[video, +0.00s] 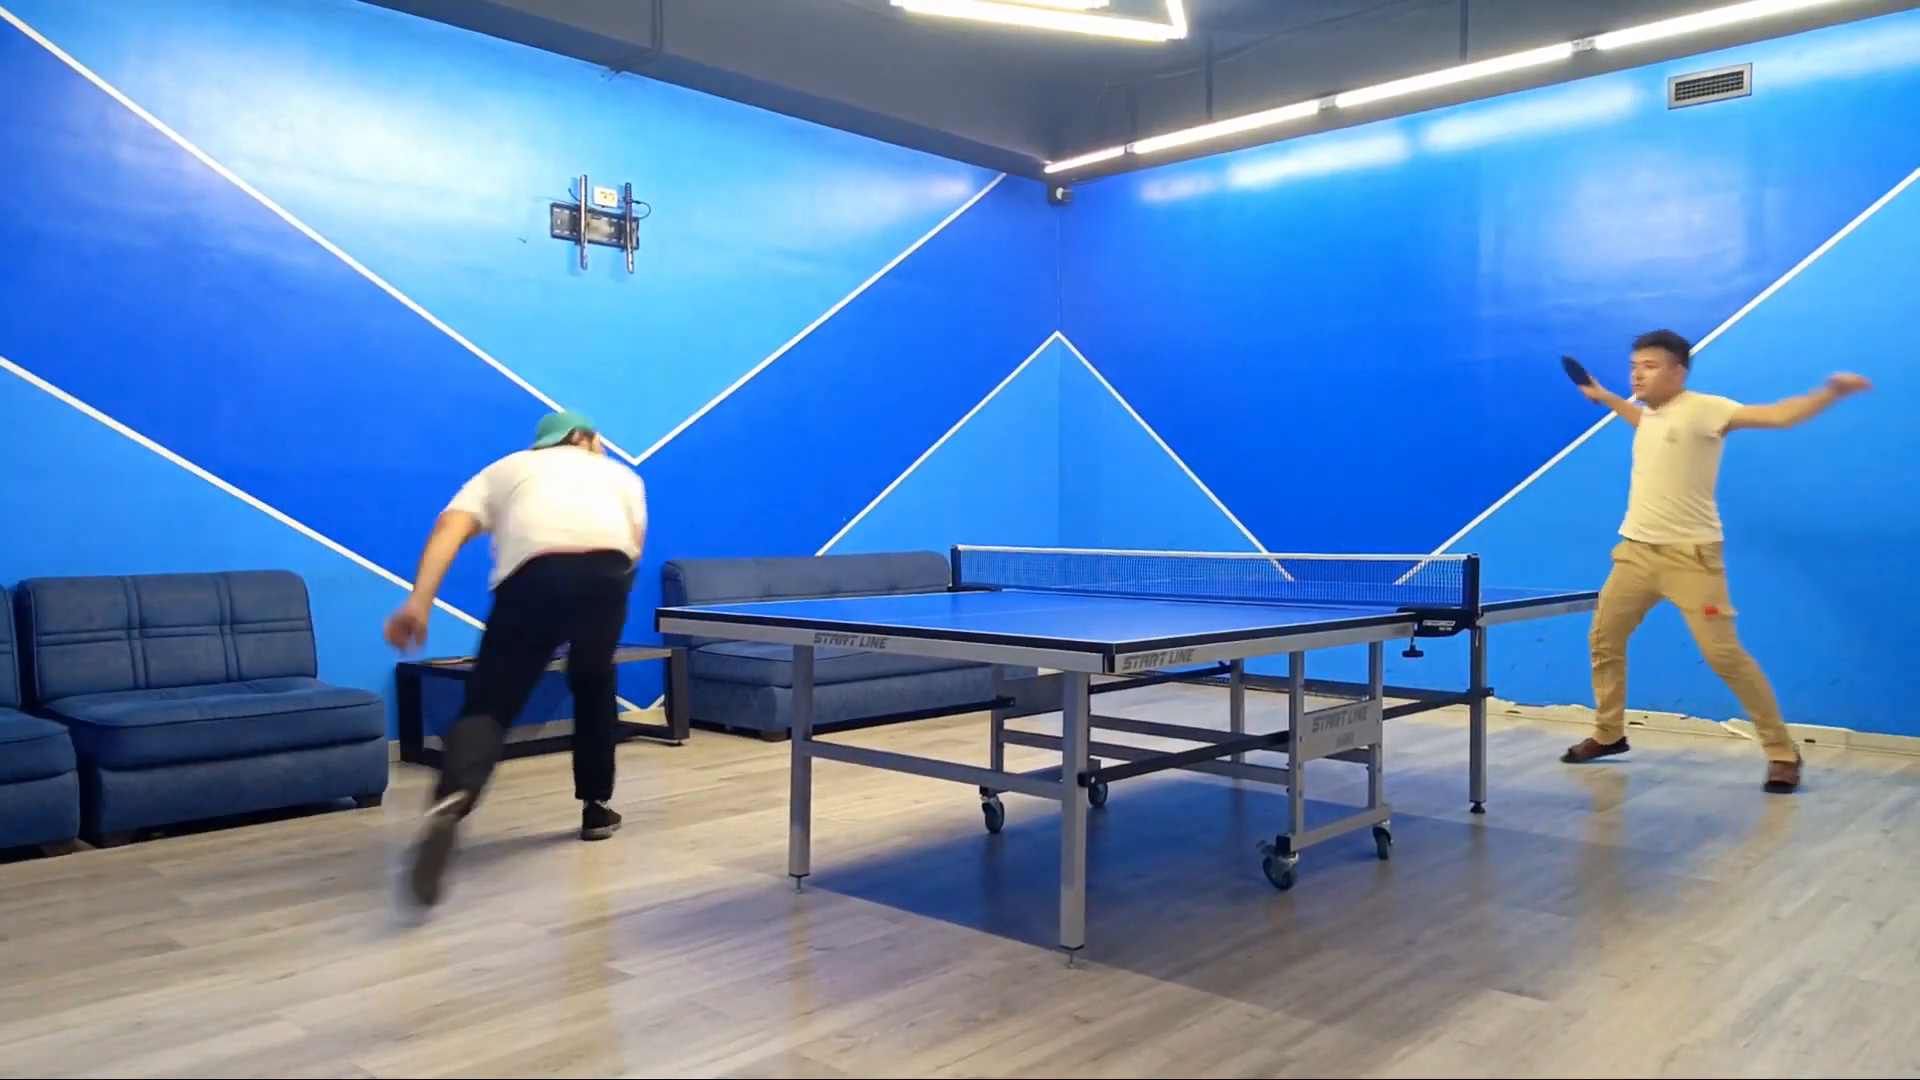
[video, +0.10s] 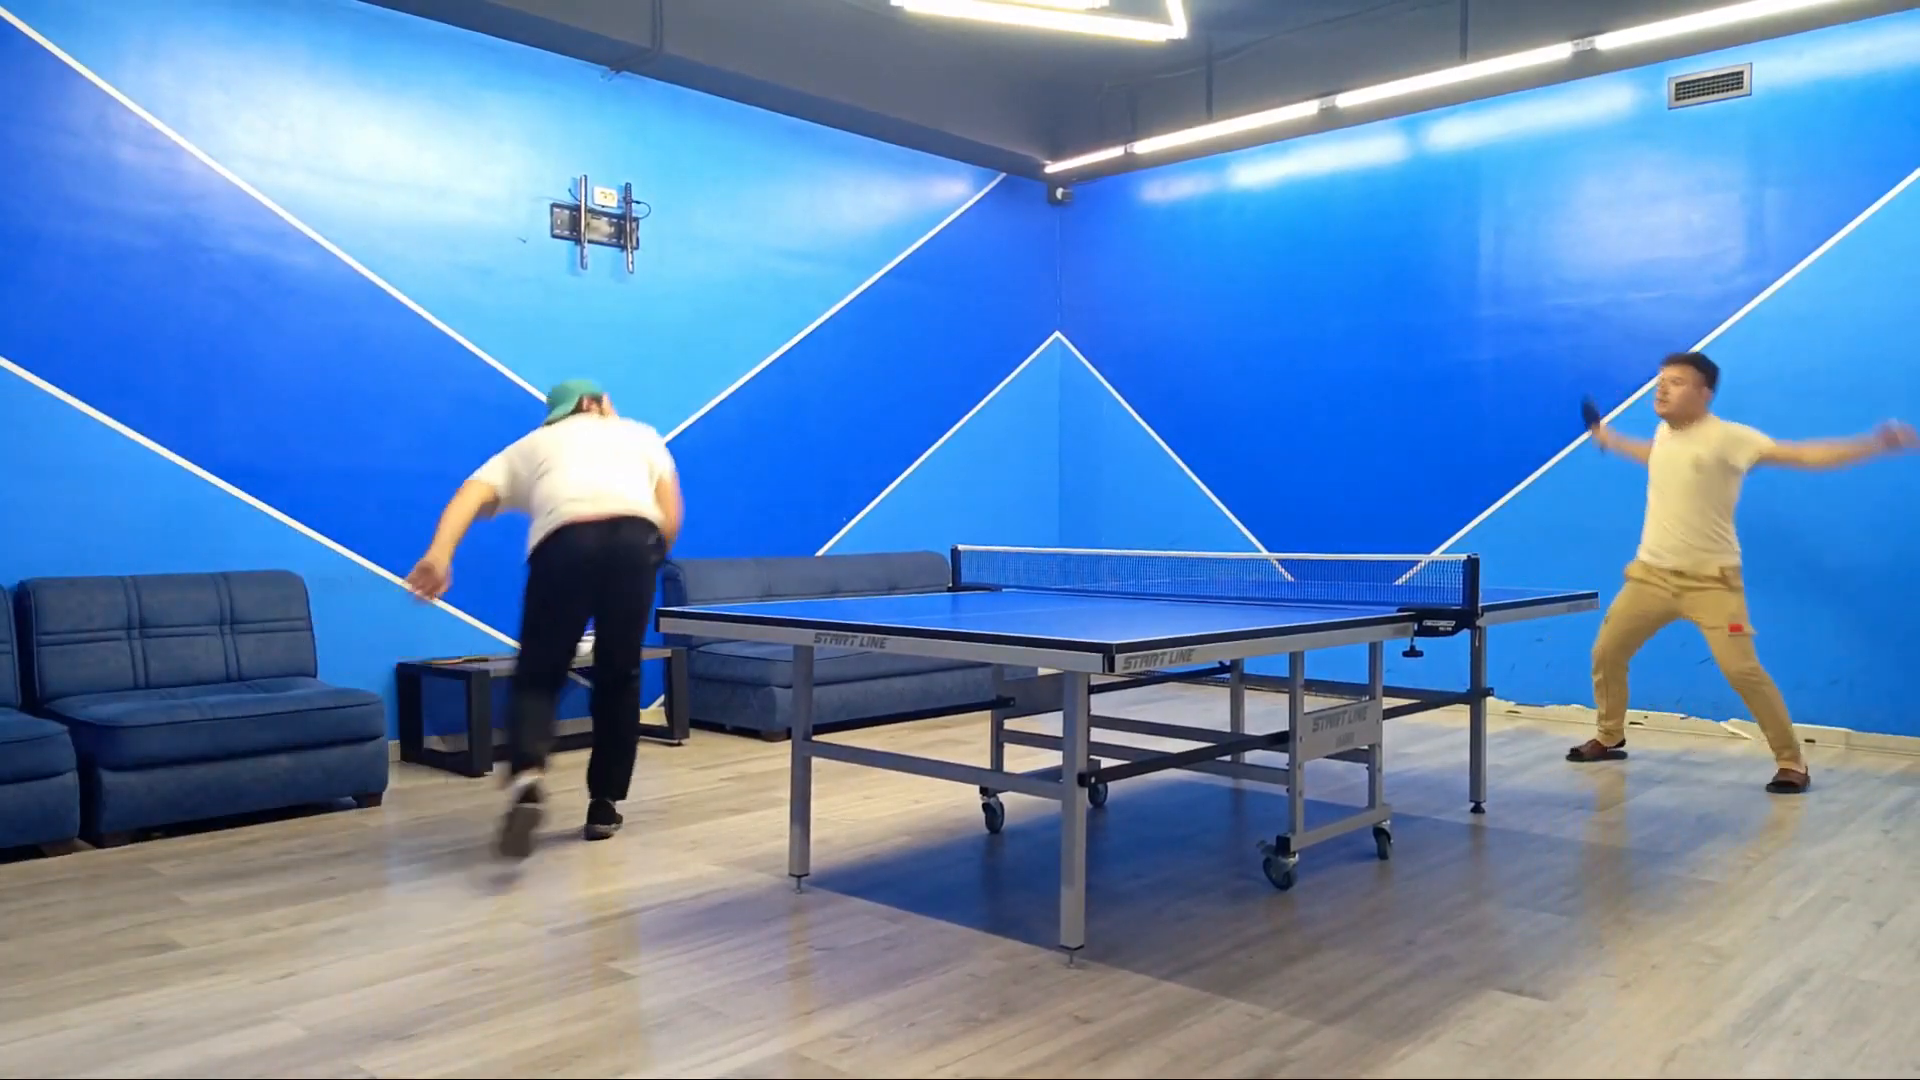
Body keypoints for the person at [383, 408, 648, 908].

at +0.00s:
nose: (603, 448)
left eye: (599, 441)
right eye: (600, 441)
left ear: (539, 443)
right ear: (584, 441)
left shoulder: (505, 468)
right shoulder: (624, 476)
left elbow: (451, 527)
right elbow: (631, 548)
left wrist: (418, 602)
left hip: (534, 574)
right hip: (606, 574)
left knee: (492, 695)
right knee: (594, 683)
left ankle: (456, 792)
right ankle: (596, 808)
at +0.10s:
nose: (613, 410)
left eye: (608, 405)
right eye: (609, 405)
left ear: (554, 415)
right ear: (599, 405)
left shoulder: (532, 443)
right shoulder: (643, 434)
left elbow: (472, 492)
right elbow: (671, 516)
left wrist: (439, 553)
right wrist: (650, 551)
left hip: (563, 546)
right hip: (633, 543)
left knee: (539, 673)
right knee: (619, 674)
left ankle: (528, 773)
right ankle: (604, 808)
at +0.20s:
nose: (625, 370)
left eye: (619, 364)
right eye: (618, 364)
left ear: (568, 386)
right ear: (600, 370)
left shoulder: (550, 422)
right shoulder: (654, 392)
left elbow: (499, 463)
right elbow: (701, 463)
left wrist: (480, 519)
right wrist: (682, 529)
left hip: (584, 530)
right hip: (650, 522)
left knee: (589, 648)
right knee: (635, 655)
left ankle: (565, 768)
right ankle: (615, 791)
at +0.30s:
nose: (642, 345)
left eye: (635, 338)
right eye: (632, 339)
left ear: (596, 360)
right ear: (608, 352)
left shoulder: (568, 410)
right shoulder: (667, 374)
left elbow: (529, 453)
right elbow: (721, 438)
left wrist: (528, 512)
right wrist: (695, 485)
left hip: (605, 529)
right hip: (669, 518)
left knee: (623, 643)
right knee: (644, 649)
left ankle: (606, 761)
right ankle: (616, 780)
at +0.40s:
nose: (664, 340)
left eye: (658, 333)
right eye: (653, 335)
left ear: (620, 359)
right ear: (628, 352)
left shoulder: (590, 410)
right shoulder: (684, 380)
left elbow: (557, 458)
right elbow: (735, 443)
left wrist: (574, 530)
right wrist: (695, 467)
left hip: (627, 540)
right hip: (687, 534)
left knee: (660, 649)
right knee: (661, 656)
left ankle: (664, 754)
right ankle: (618, 777)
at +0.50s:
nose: (685, 356)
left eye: (682, 348)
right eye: (673, 351)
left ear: (642, 372)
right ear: (647, 367)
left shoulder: (612, 426)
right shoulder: (695, 405)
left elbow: (586, 486)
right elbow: (739, 470)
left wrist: (614, 555)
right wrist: (695, 451)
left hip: (644, 560)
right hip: (699, 558)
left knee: (675, 659)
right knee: (700, 662)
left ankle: (674, 761)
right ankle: (631, 753)